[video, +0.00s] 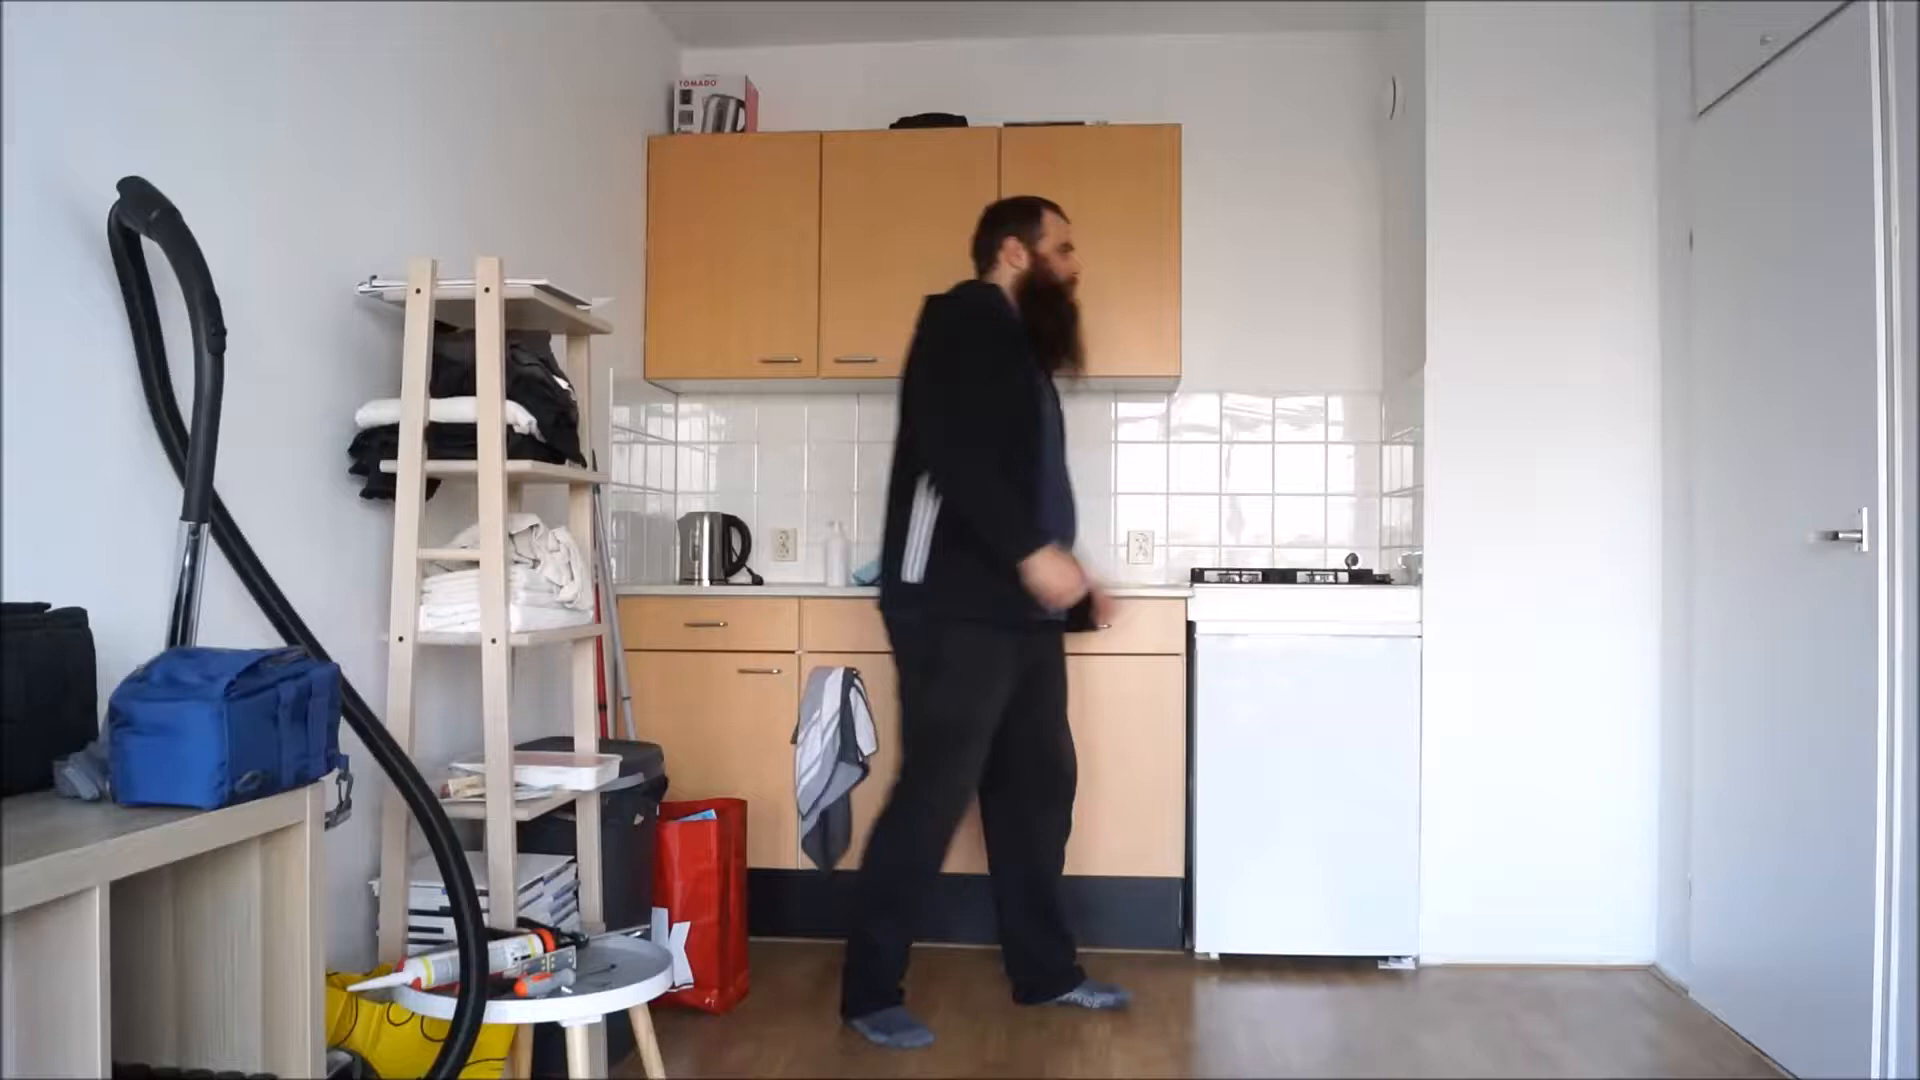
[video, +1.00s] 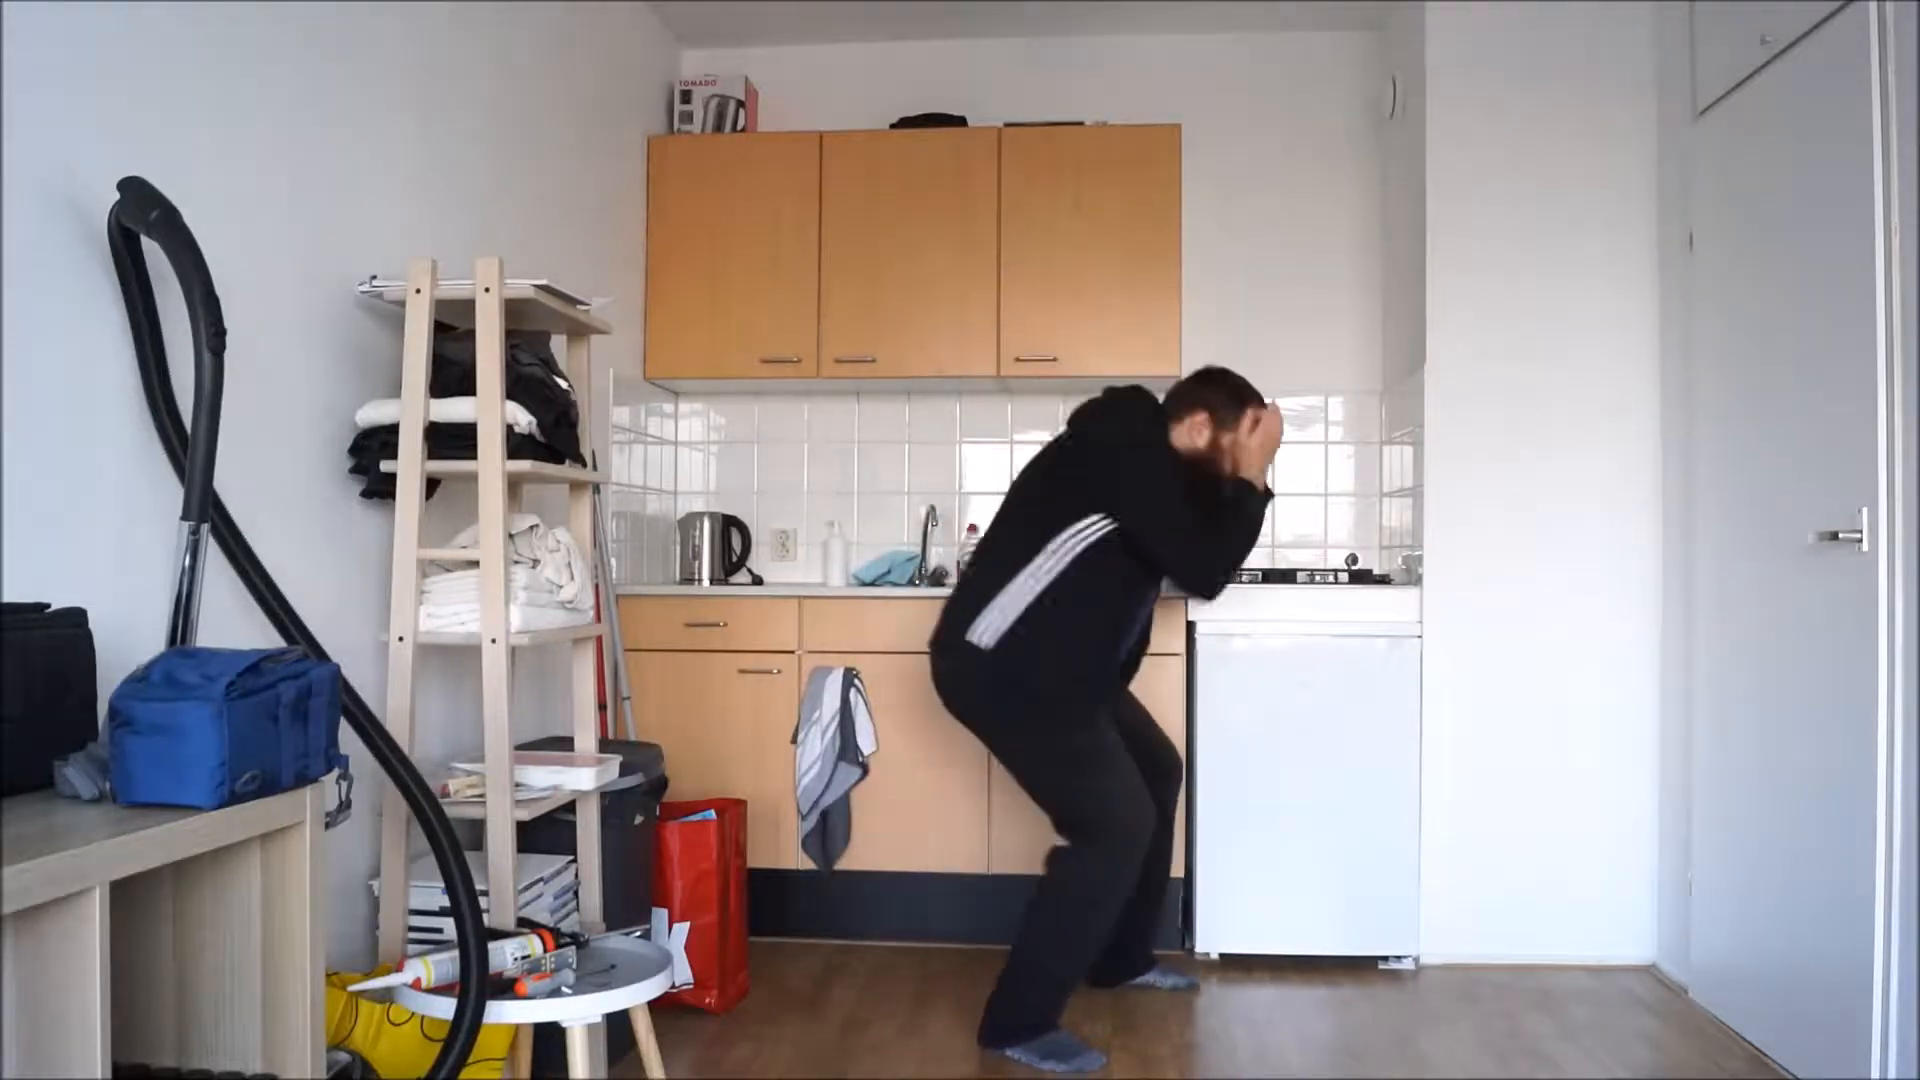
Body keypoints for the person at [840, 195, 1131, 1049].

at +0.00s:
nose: (1075, 262)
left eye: (1074, 249)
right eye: (1063, 247)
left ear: (1020, 256)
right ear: (1011, 252)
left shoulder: (1016, 340)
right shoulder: (962, 319)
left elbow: (1020, 476)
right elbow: (957, 453)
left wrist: (1063, 576)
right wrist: (1026, 549)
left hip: (1015, 606)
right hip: (951, 604)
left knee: (1033, 786)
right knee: (934, 794)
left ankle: (1042, 973)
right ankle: (868, 993)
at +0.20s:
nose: (1106, 275)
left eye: (1106, 261)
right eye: (1096, 259)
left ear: (1045, 262)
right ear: (1045, 257)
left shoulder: (1031, 333)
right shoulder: (999, 316)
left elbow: (1046, 464)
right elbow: (1056, 449)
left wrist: (1121, 434)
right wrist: (1144, 430)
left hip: (1036, 603)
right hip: (977, 603)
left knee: (1061, 781)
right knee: (1012, 785)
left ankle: (1044, 974)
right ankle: (897, 976)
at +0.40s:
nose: (1128, 280)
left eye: (1129, 265)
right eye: (1119, 262)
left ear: (1064, 258)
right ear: (1074, 258)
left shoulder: (1065, 326)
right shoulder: (1016, 310)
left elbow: (1158, 383)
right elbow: (1163, 381)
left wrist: (1141, 295)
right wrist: (1152, 282)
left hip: (1056, 595)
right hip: (1004, 596)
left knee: (1083, 785)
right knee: (1049, 793)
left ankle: (1050, 974)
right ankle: (1013, 1020)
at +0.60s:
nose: (1152, 276)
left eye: (1152, 261)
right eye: (1146, 260)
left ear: (1091, 259)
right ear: (1105, 259)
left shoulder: (1086, 327)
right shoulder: (1032, 308)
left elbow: (1180, 387)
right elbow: (1181, 385)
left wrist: (1163, 298)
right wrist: (1167, 285)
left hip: (1078, 603)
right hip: (1016, 603)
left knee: (1123, 768)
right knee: (1060, 793)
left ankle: (1073, 955)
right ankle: (1014, 1024)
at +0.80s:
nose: (1211, 390)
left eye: (1214, 378)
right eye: (1206, 375)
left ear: (1174, 361)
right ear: (1169, 352)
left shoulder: (1154, 413)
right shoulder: (1087, 379)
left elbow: (1223, 497)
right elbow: (1155, 500)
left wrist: (1233, 401)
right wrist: (1213, 407)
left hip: (1067, 641)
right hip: (987, 631)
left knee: (1137, 770)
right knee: (1063, 801)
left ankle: (1116, 957)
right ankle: (1015, 1028)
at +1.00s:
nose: (1230, 464)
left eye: (1236, 454)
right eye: (1233, 450)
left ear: (1193, 423)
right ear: (1199, 425)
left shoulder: (1148, 447)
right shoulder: (1126, 439)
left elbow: (1199, 561)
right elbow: (1203, 568)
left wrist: (1232, 482)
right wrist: (1249, 479)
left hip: (1060, 665)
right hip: (1001, 667)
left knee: (1158, 776)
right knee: (1118, 824)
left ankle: (1120, 960)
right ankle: (1017, 1026)